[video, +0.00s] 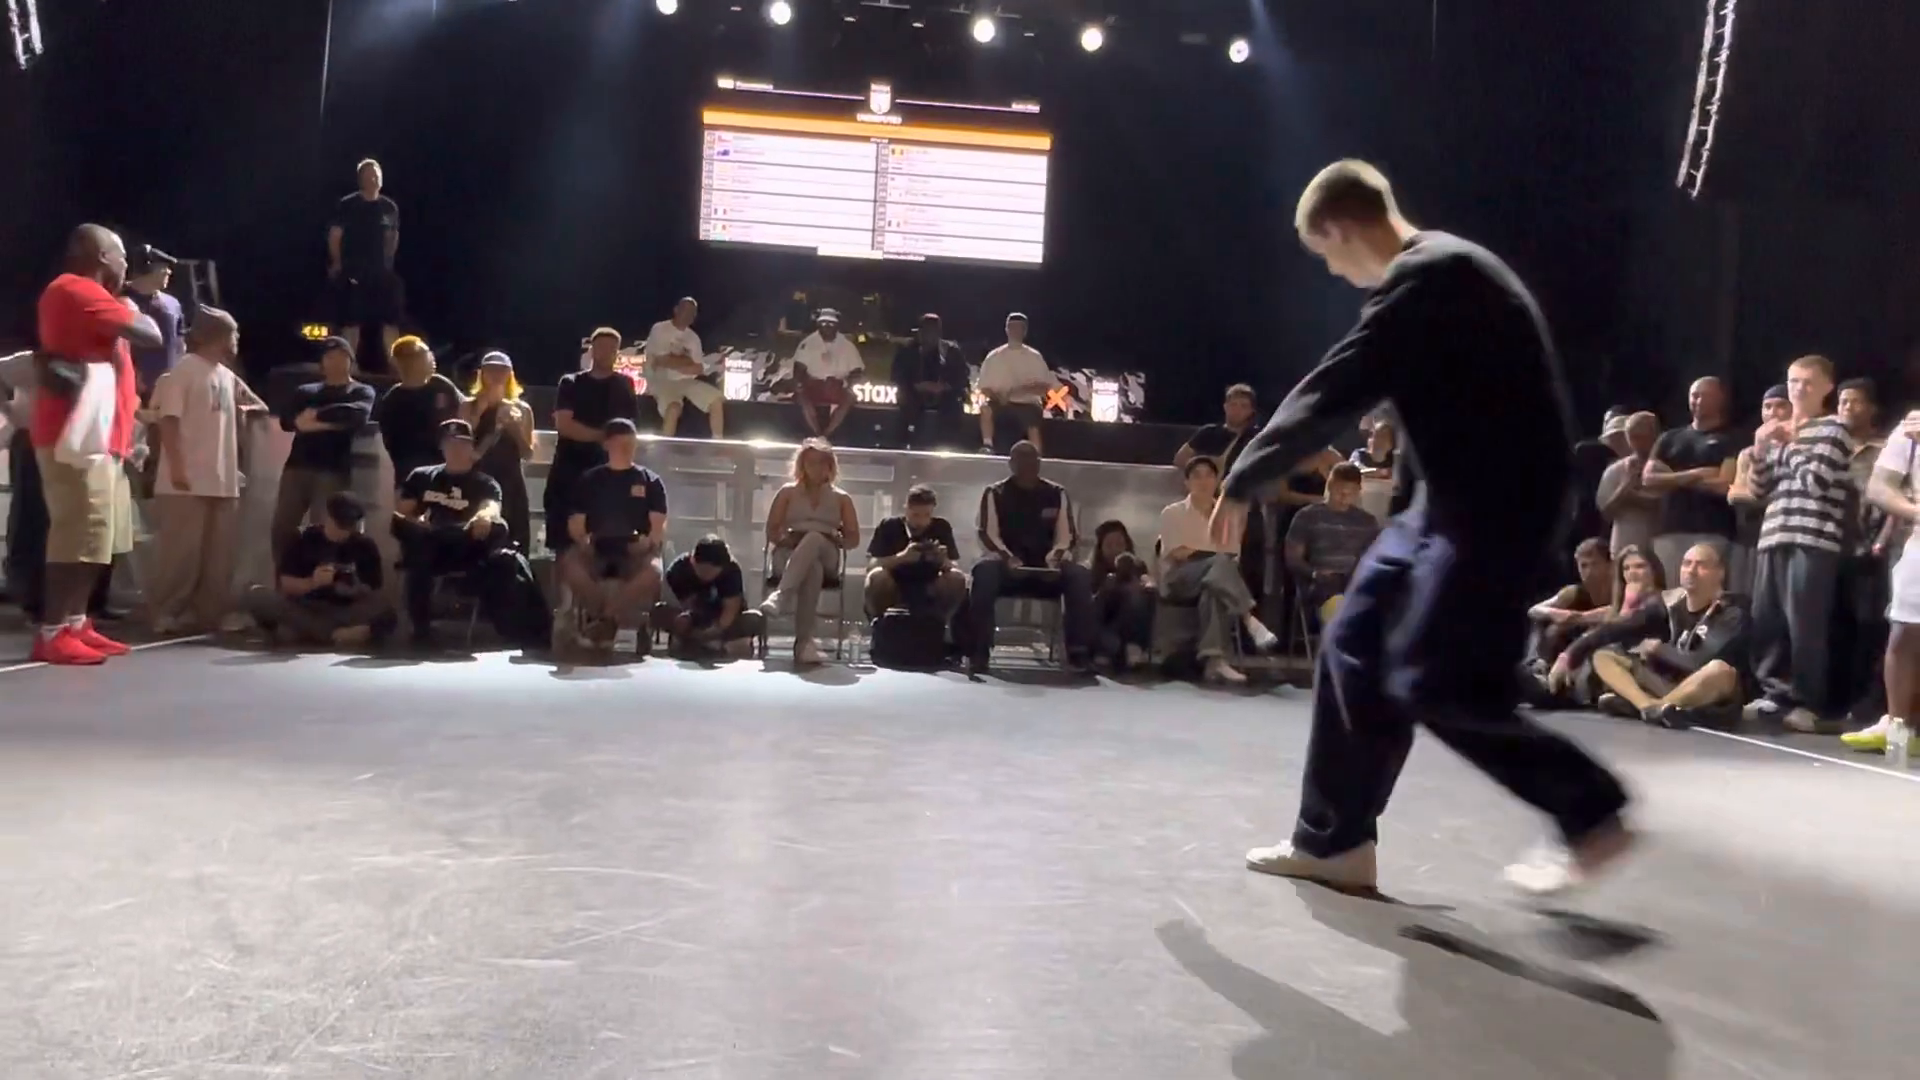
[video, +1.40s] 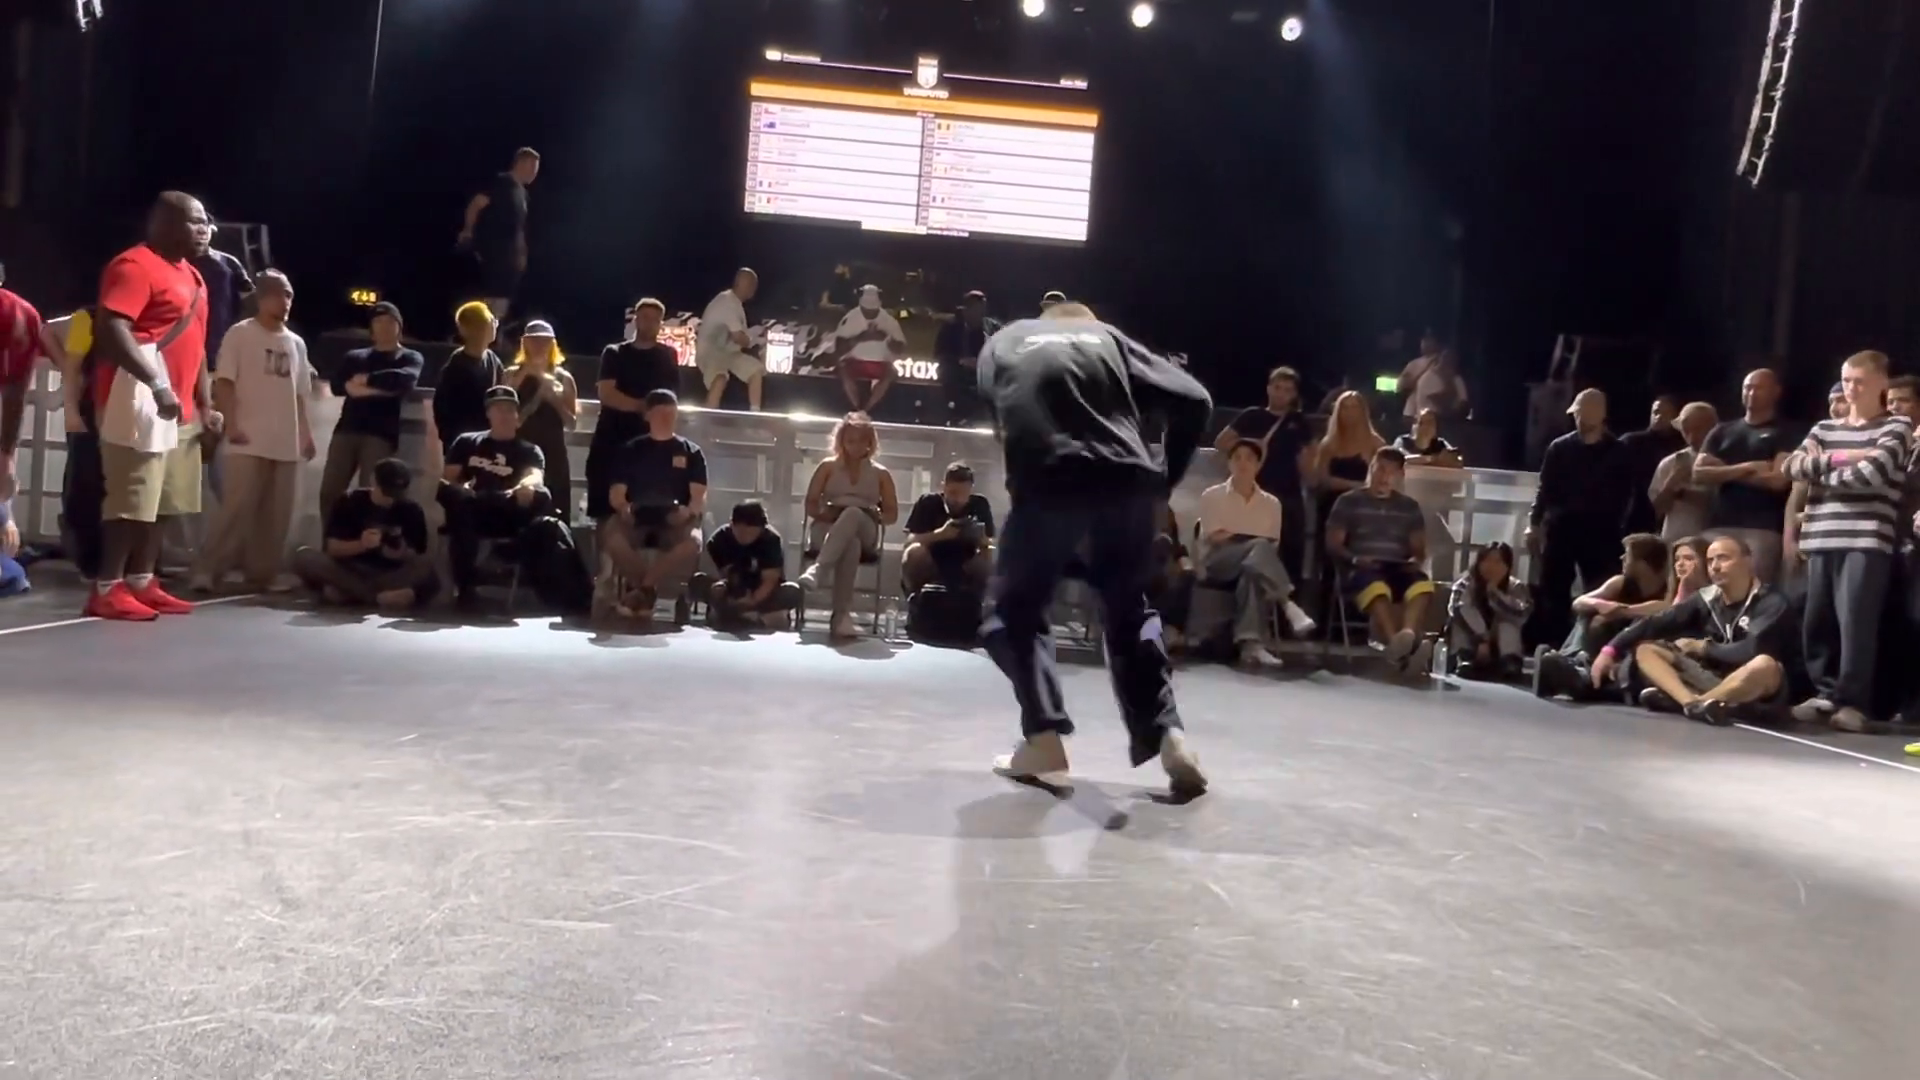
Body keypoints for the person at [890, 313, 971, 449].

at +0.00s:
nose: (930, 337)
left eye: (934, 332)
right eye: (926, 332)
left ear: (940, 333)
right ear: (920, 332)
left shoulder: (951, 350)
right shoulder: (908, 350)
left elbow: (962, 379)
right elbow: (898, 377)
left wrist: (942, 387)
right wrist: (919, 387)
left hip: (944, 398)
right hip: (916, 399)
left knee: (954, 402)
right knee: (904, 398)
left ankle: (951, 442)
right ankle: (902, 442)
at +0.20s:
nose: (941, 330)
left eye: (944, 325)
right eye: (937, 325)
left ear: (950, 325)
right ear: (931, 325)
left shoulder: (962, 344)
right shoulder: (918, 344)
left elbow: (972, 374)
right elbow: (907, 370)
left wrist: (954, 380)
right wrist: (928, 379)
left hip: (955, 391)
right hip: (927, 391)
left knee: (964, 397)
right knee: (918, 391)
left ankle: (960, 436)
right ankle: (915, 432)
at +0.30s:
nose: (945, 326)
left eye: (949, 321)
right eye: (941, 321)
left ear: (954, 321)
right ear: (935, 321)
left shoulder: (967, 340)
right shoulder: (923, 340)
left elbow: (976, 369)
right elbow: (912, 366)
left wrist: (958, 376)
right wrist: (932, 375)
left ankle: (962, 430)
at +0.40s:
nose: (949, 322)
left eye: (953, 318)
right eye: (945, 318)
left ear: (959, 318)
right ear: (939, 318)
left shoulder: (971, 337)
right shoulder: (928, 338)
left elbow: (982, 365)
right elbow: (917, 363)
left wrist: (963, 371)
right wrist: (938, 371)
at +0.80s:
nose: (964, 315)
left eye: (967, 311)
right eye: (959, 311)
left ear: (972, 312)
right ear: (952, 312)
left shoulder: (984, 330)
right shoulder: (940, 330)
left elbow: (994, 360)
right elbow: (931, 358)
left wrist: (976, 367)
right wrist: (952, 366)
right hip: (949, 386)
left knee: (986, 385)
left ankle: (977, 423)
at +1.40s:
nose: (976, 313)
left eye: (980, 308)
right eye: (972, 308)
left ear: (984, 309)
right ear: (966, 309)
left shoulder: (993, 329)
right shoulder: (952, 328)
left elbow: (999, 355)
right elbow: (941, 355)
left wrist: (982, 363)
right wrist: (961, 362)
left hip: (985, 373)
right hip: (959, 375)